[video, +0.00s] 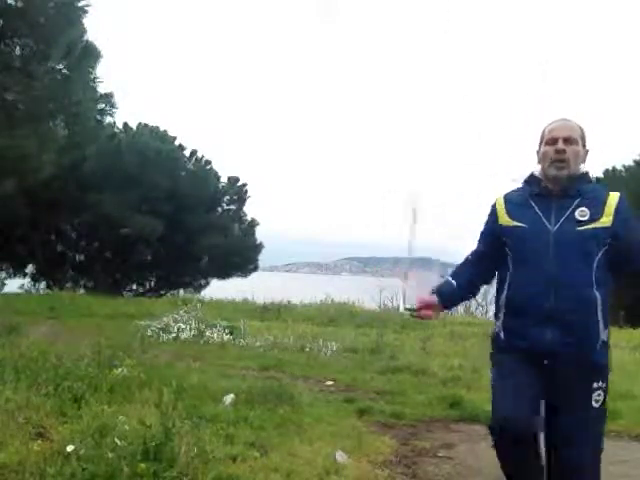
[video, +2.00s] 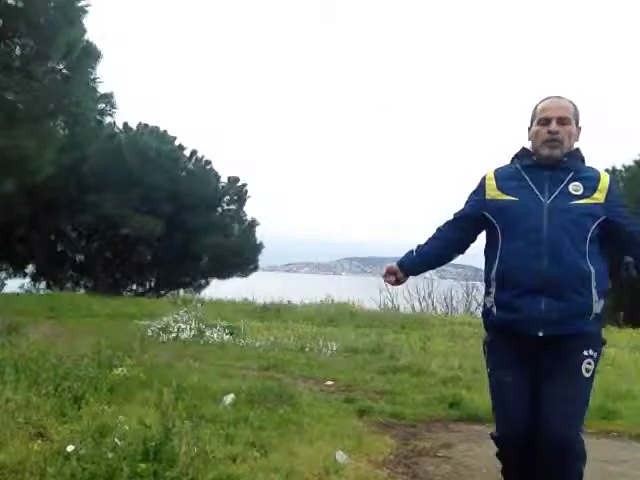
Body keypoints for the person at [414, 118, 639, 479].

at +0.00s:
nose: (559, 148)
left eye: (569, 142)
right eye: (551, 142)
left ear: (584, 154)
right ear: (539, 153)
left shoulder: (611, 206)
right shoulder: (508, 206)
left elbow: (630, 268)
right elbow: (481, 263)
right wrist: (441, 297)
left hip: (581, 353)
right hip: (516, 349)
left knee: (577, 456)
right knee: (510, 429)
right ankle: (527, 476)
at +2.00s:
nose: (553, 129)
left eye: (563, 122)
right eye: (544, 122)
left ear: (577, 133)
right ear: (530, 132)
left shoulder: (602, 186)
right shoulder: (496, 182)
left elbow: (632, 242)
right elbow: (456, 233)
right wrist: (407, 265)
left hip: (574, 333)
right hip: (508, 331)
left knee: (560, 438)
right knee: (513, 439)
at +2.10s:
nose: (552, 152)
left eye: (562, 146)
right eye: (543, 146)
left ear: (577, 158)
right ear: (529, 156)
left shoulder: (605, 211)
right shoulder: (495, 209)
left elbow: (636, 248)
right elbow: (448, 257)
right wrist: (391, 280)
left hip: (574, 355)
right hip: (506, 351)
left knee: (559, 454)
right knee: (495, 429)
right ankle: (524, 473)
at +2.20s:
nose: (550, 145)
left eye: (560, 138)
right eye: (542, 137)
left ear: (575, 148)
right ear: (528, 147)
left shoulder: (598, 204)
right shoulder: (497, 205)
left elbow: (629, 253)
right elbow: (472, 266)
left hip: (572, 347)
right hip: (505, 343)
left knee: (562, 453)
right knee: (487, 413)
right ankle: (505, 474)